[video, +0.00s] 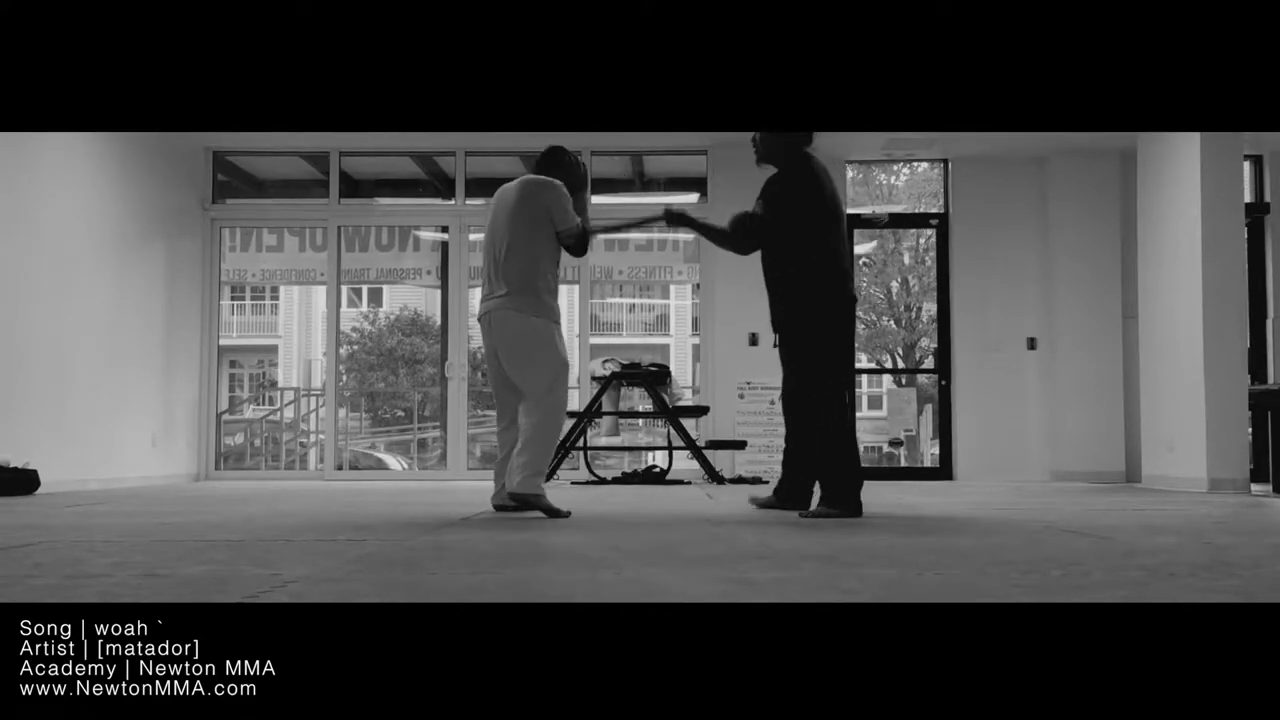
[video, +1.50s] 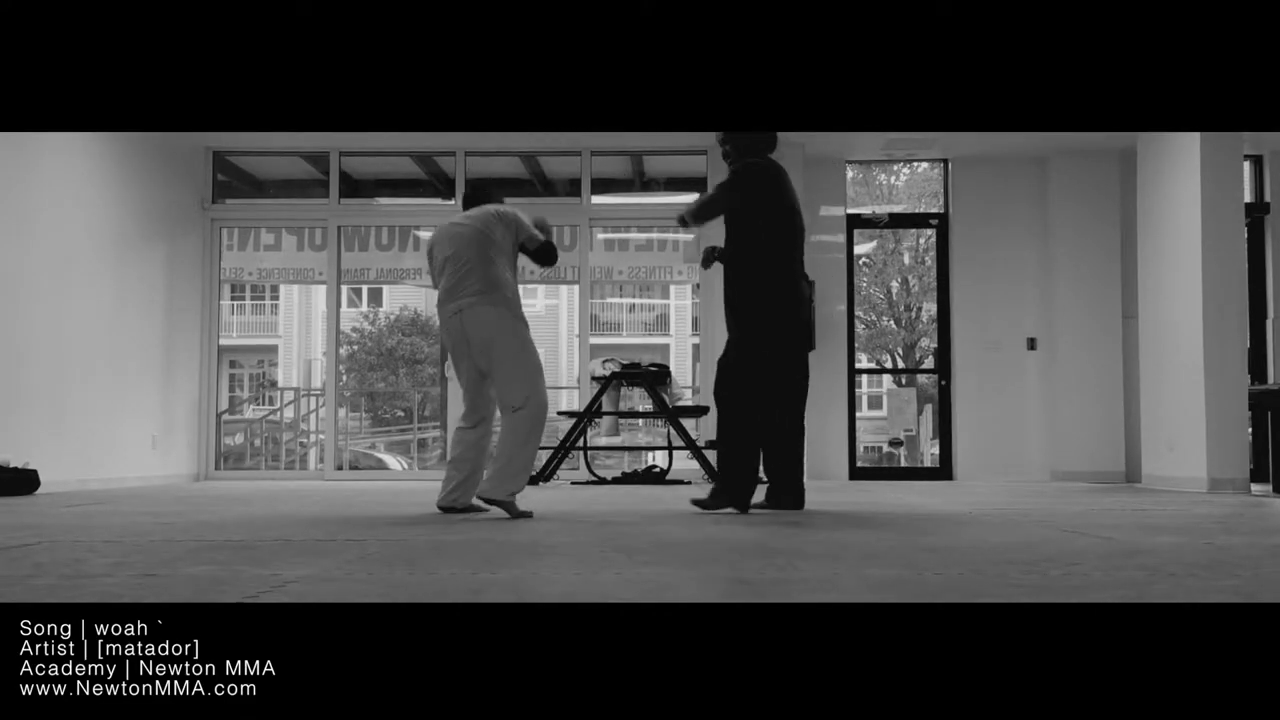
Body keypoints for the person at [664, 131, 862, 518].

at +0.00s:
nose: (753, 141)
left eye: (760, 134)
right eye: (756, 134)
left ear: (780, 138)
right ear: (790, 139)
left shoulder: (788, 182)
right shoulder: (809, 176)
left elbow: (743, 241)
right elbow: (796, 236)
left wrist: (691, 222)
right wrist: (757, 222)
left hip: (815, 314)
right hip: (808, 313)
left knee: (827, 402)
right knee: (800, 402)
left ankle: (843, 500)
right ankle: (793, 493)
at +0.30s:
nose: (737, 151)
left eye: (744, 143)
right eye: (738, 144)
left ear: (765, 145)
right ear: (773, 147)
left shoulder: (774, 180)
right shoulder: (780, 182)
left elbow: (705, 197)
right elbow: (758, 258)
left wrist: (653, 183)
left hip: (798, 312)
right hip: (795, 311)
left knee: (792, 402)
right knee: (787, 403)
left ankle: (808, 488)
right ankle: (786, 490)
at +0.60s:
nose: (734, 153)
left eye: (739, 146)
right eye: (736, 147)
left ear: (757, 145)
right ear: (774, 143)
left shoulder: (777, 173)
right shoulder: (769, 187)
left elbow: (730, 161)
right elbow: (751, 266)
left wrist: (681, 144)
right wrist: (715, 247)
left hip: (784, 312)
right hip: (779, 313)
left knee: (771, 402)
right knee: (778, 402)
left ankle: (772, 495)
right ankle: (784, 492)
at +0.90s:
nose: (727, 156)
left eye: (730, 148)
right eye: (727, 149)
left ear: (745, 146)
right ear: (766, 146)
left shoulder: (768, 173)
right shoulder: (771, 183)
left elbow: (716, 162)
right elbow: (753, 266)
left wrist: (694, 131)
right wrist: (715, 248)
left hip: (787, 311)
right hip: (787, 310)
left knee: (776, 401)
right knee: (784, 401)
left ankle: (777, 495)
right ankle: (786, 494)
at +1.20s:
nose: (731, 154)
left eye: (734, 146)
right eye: (731, 147)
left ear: (748, 144)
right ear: (770, 146)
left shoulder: (757, 177)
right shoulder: (782, 183)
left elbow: (696, 210)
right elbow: (770, 257)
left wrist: (638, 226)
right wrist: (727, 251)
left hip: (771, 314)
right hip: (794, 310)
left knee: (761, 397)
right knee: (785, 398)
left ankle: (771, 495)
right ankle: (787, 493)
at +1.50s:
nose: (723, 151)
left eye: (726, 143)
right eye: (722, 145)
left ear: (743, 143)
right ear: (762, 145)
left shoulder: (747, 175)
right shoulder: (776, 180)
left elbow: (707, 208)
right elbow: (765, 258)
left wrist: (688, 217)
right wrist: (720, 254)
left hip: (760, 320)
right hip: (787, 317)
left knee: (731, 392)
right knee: (782, 404)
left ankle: (733, 488)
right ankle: (786, 492)